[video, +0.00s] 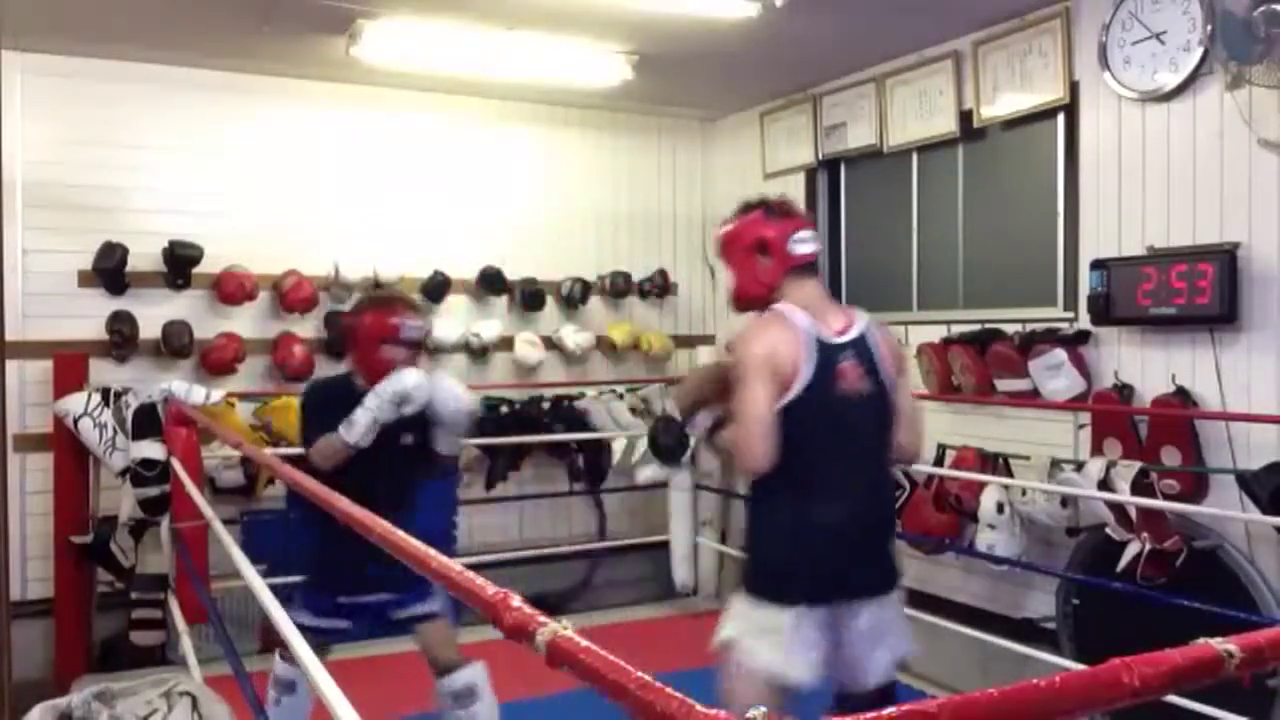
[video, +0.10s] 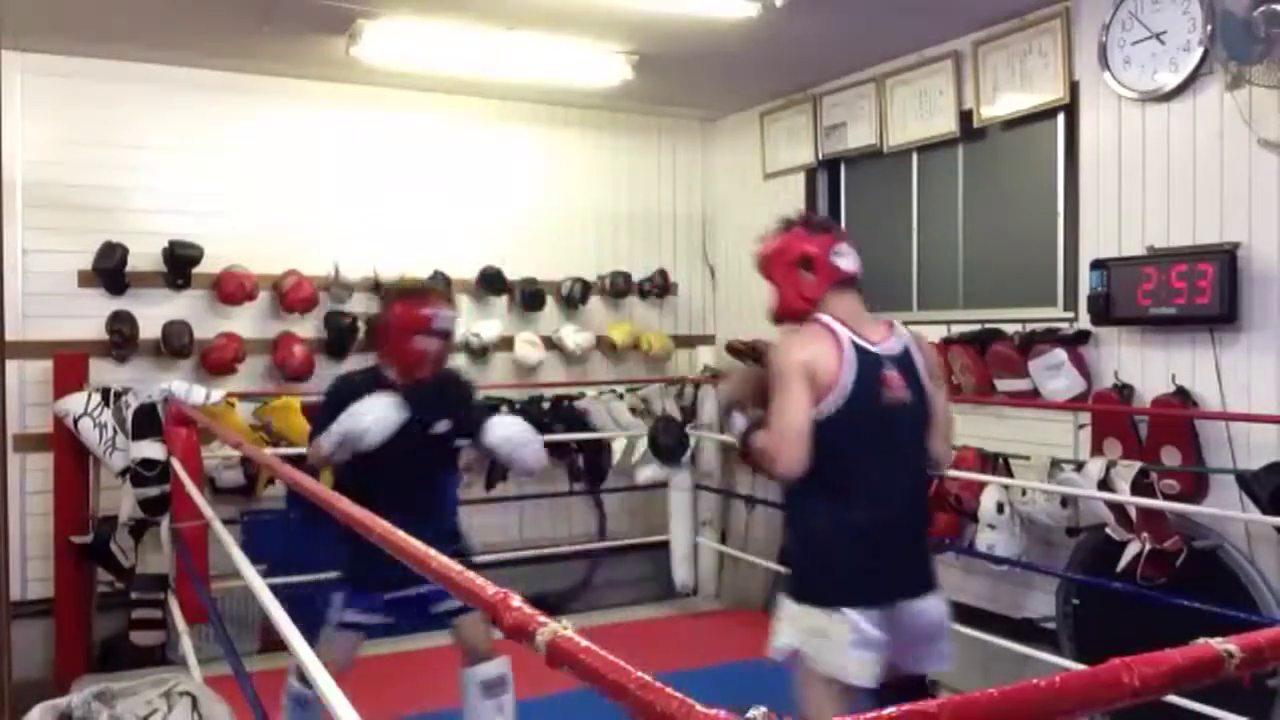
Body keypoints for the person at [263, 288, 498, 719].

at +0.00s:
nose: (409, 357)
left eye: (416, 346)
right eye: (398, 344)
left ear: (421, 349)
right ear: (365, 343)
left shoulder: (419, 400)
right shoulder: (326, 394)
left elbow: (437, 472)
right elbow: (320, 458)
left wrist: (450, 428)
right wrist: (374, 408)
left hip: (402, 557)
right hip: (333, 557)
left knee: (450, 662)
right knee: (290, 676)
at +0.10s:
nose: (432, 347)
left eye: (440, 337)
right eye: (422, 335)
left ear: (447, 343)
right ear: (395, 337)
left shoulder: (449, 389)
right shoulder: (352, 389)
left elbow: (481, 433)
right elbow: (314, 456)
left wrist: (509, 441)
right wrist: (344, 435)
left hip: (439, 549)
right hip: (370, 551)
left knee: (480, 646)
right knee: (331, 659)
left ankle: (495, 714)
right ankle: (298, 711)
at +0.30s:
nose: (470, 337)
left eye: (474, 325)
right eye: (459, 325)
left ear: (479, 326)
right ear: (425, 327)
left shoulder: (482, 380)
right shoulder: (378, 393)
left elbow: (516, 446)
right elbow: (365, 467)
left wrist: (497, 406)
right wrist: (335, 466)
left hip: (498, 533)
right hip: (434, 546)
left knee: (530, 651)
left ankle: (524, 711)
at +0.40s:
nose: (476, 344)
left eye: (478, 331)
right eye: (463, 332)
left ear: (482, 331)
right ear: (427, 334)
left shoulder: (486, 386)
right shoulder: (390, 406)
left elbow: (548, 437)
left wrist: (537, 427)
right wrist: (385, 480)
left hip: (518, 538)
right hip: (456, 554)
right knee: (476, 686)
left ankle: (581, 711)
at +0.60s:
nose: (514, 337)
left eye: (516, 325)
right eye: (505, 326)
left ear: (483, 326)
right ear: (468, 326)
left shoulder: (505, 381)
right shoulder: (423, 393)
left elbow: (527, 435)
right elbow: (419, 474)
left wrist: (566, 426)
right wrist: (476, 449)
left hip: (534, 535)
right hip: (470, 555)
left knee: (630, 620)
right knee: (481, 689)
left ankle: (635, 712)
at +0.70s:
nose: (536, 339)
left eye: (537, 327)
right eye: (526, 327)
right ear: (490, 327)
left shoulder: (525, 382)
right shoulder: (443, 390)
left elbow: (549, 438)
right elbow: (440, 471)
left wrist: (593, 415)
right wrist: (493, 416)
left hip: (542, 546)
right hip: (474, 560)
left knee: (602, 671)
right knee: (471, 701)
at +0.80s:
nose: (534, 346)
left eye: (541, 334)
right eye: (522, 334)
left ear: (546, 339)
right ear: (495, 336)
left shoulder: (549, 393)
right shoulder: (456, 393)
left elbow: (586, 453)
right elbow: (479, 464)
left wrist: (621, 406)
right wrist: (509, 393)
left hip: (542, 561)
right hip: (472, 564)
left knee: (588, 683)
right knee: (440, 697)